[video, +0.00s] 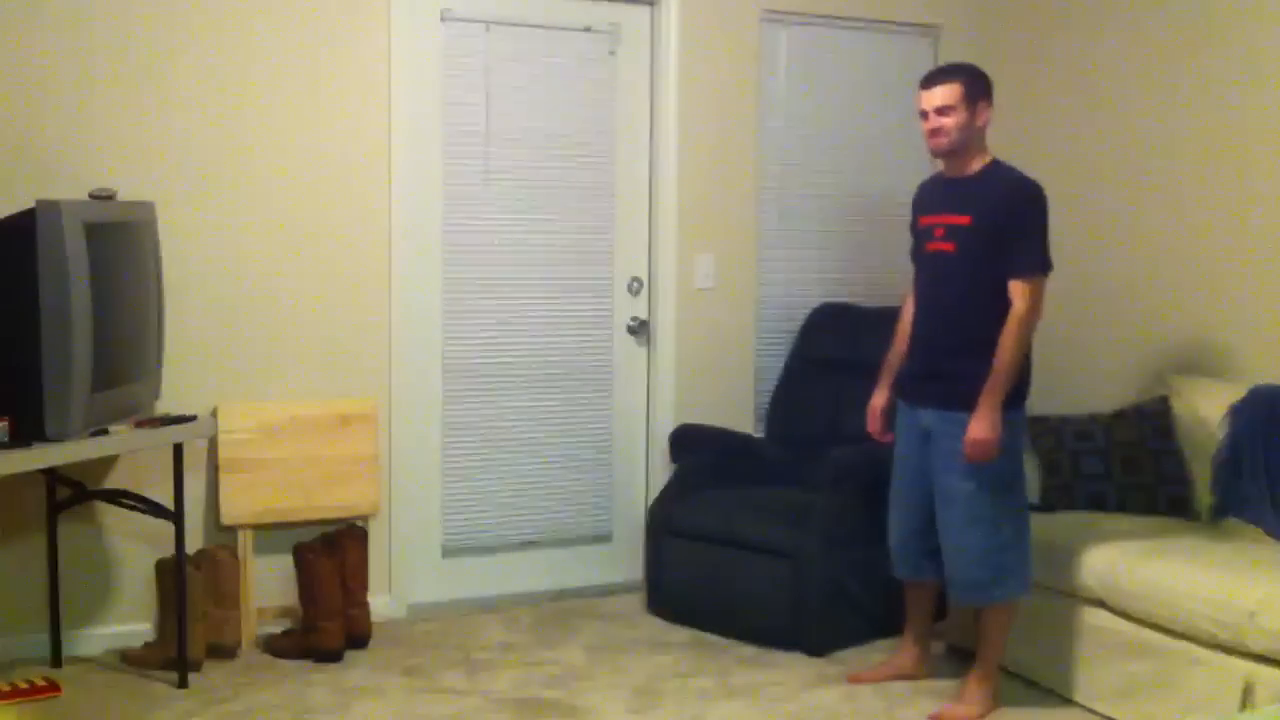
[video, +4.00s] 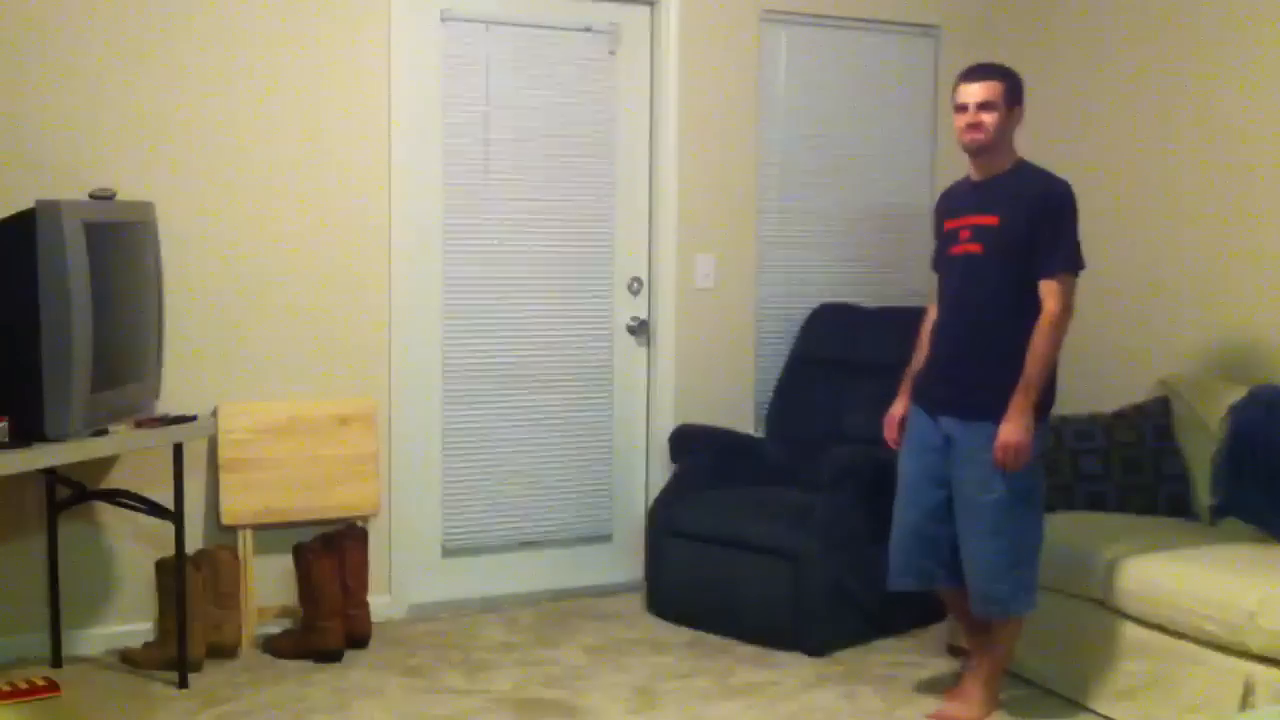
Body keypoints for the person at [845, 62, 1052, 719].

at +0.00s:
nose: (933, 125)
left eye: (945, 112)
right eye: (925, 115)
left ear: (982, 114)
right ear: (921, 123)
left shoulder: (1016, 194)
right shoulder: (927, 196)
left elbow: (1024, 308)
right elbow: (916, 299)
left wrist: (990, 406)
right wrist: (885, 384)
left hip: (980, 410)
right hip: (919, 402)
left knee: (989, 548)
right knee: (915, 534)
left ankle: (984, 679)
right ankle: (913, 652)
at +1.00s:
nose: (959, 124)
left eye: (972, 112)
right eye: (954, 114)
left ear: (1012, 112)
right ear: (955, 121)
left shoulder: (1051, 195)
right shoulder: (961, 200)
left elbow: (1057, 313)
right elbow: (951, 307)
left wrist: (1023, 412)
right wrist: (916, 391)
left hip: (1003, 417)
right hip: (940, 408)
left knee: (1001, 563)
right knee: (933, 544)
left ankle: (986, 688)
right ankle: (983, 650)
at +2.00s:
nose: (952, 123)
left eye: (966, 112)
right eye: (949, 112)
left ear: (1007, 117)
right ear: (952, 120)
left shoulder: (1048, 194)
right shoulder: (953, 198)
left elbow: (1062, 309)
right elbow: (943, 299)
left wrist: (1034, 413)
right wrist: (909, 388)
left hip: (1002, 418)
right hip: (934, 408)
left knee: (998, 562)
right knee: (923, 539)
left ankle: (986, 690)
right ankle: (975, 646)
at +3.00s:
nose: (942, 124)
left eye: (955, 112)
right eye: (938, 114)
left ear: (995, 115)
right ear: (941, 121)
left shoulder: (1040, 193)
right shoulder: (944, 200)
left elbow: (1055, 308)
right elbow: (938, 301)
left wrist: (1028, 410)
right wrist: (907, 391)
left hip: (998, 416)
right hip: (932, 408)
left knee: (997, 561)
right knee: (922, 540)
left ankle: (984, 688)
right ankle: (972, 636)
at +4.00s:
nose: (973, 119)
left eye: (987, 108)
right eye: (963, 109)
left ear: (1014, 117)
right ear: (953, 119)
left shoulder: (1046, 195)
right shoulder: (951, 203)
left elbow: (1055, 311)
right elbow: (941, 306)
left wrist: (1022, 410)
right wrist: (905, 393)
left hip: (998, 416)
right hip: (933, 409)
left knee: (996, 562)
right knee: (928, 542)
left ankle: (984, 690)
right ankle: (976, 647)